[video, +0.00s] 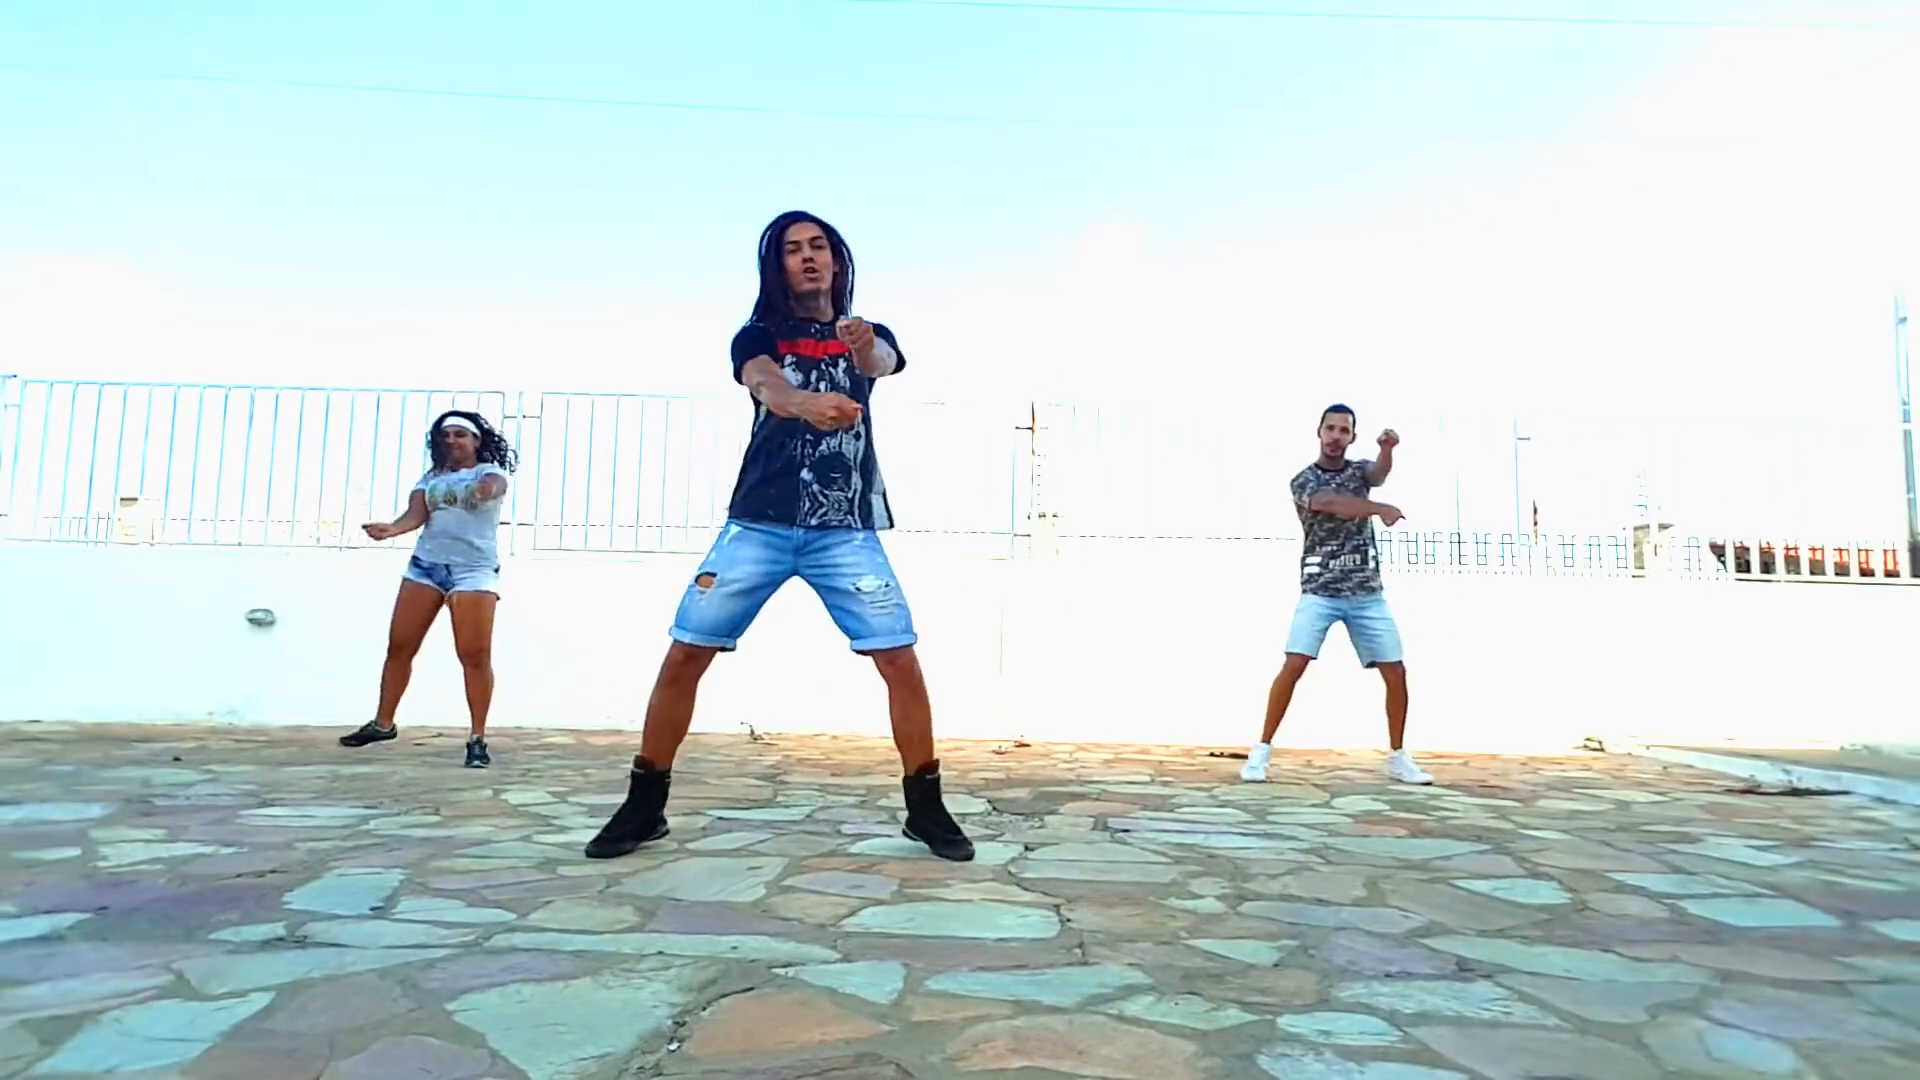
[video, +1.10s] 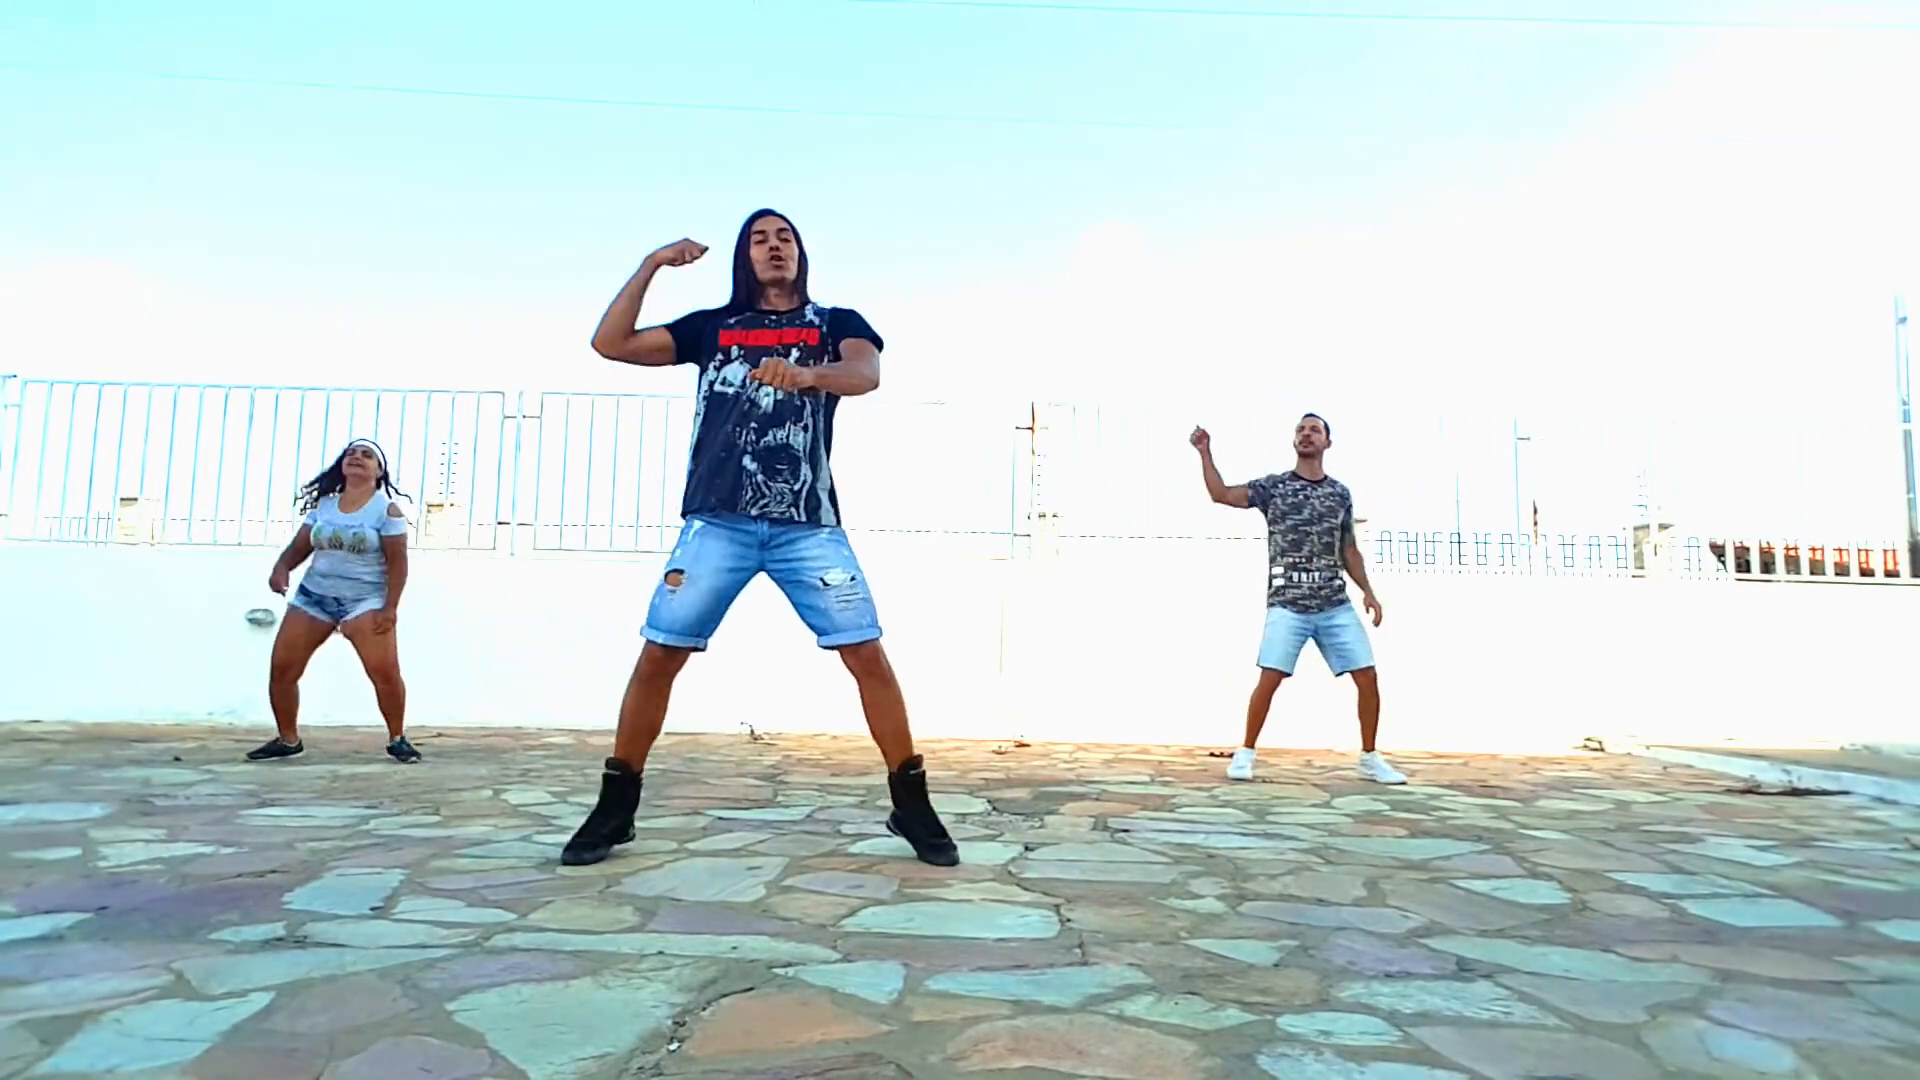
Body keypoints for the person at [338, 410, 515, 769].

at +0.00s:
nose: (453, 439)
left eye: (461, 434)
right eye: (446, 434)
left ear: (477, 441)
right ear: (439, 443)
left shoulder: (491, 472)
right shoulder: (428, 481)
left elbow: (493, 485)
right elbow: (414, 516)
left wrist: (483, 490)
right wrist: (389, 530)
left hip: (474, 570)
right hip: (425, 567)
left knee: (475, 656)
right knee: (399, 648)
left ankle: (477, 738)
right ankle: (383, 724)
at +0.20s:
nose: (429, 461)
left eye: (438, 456)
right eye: (423, 456)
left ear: (452, 466)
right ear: (414, 464)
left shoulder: (457, 500)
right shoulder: (393, 494)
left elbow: (456, 525)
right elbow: (375, 523)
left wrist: (453, 516)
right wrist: (372, 539)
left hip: (439, 584)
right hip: (391, 586)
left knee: (449, 659)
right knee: (356, 663)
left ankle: (473, 740)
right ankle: (358, 742)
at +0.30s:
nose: (414, 444)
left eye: (423, 440)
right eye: (409, 439)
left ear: (437, 451)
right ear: (400, 447)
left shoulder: (440, 486)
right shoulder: (378, 478)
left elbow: (441, 505)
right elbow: (355, 507)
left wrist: (439, 505)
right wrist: (331, 520)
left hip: (419, 572)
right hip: (372, 570)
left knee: (432, 650)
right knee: (351, 654)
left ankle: (448, 731)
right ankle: (352, 733)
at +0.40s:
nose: (398, 433)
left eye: (406, 428)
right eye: (391, 429)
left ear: (422, 438)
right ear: (382, 438)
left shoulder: (432, 471)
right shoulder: (368, 471)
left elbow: (431, 487)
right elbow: (350, 504)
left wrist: (421, 490)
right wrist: (326, 514)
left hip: (409, 563)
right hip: (362, 561)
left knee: (408, 647)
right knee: (336, 643)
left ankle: (410, 730)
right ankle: (335, 724)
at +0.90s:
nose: (359, 431)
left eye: (368, 428)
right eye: (353, 425)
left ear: (381, 440)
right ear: (342, 435)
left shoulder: (389, 473)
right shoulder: (320, 468)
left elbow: (390, 502)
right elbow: (299, 506)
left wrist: (378, 497)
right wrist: (294, 519)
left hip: (370, 564)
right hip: (320, 563)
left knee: (385, 643)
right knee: (296, 647)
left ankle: (398, 721)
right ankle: (287, 725)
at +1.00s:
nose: (356, 447)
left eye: (365, 445)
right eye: (349, 442)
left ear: (376, 460)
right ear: (337, 453)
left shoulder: (382, 496)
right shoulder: (314, 491)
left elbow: (391, 540)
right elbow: (299, 537)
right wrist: (300, 566)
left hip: (365, 584)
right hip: (315, 583)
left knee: (386, 659)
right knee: (290, 666)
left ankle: (400, 734)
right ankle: (290, 739)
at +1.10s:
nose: (356, 457)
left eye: (366, 455)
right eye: (350, 453)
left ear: (378, 471)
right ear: (341, 466)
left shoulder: (387, 511)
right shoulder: (324, 505)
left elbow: (398, 562)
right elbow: (301, 546)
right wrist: (281, 568)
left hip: (365, 600)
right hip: (314, 596)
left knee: (386, 674)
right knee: (282, 669)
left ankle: (397, 738)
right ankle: (288, 739)